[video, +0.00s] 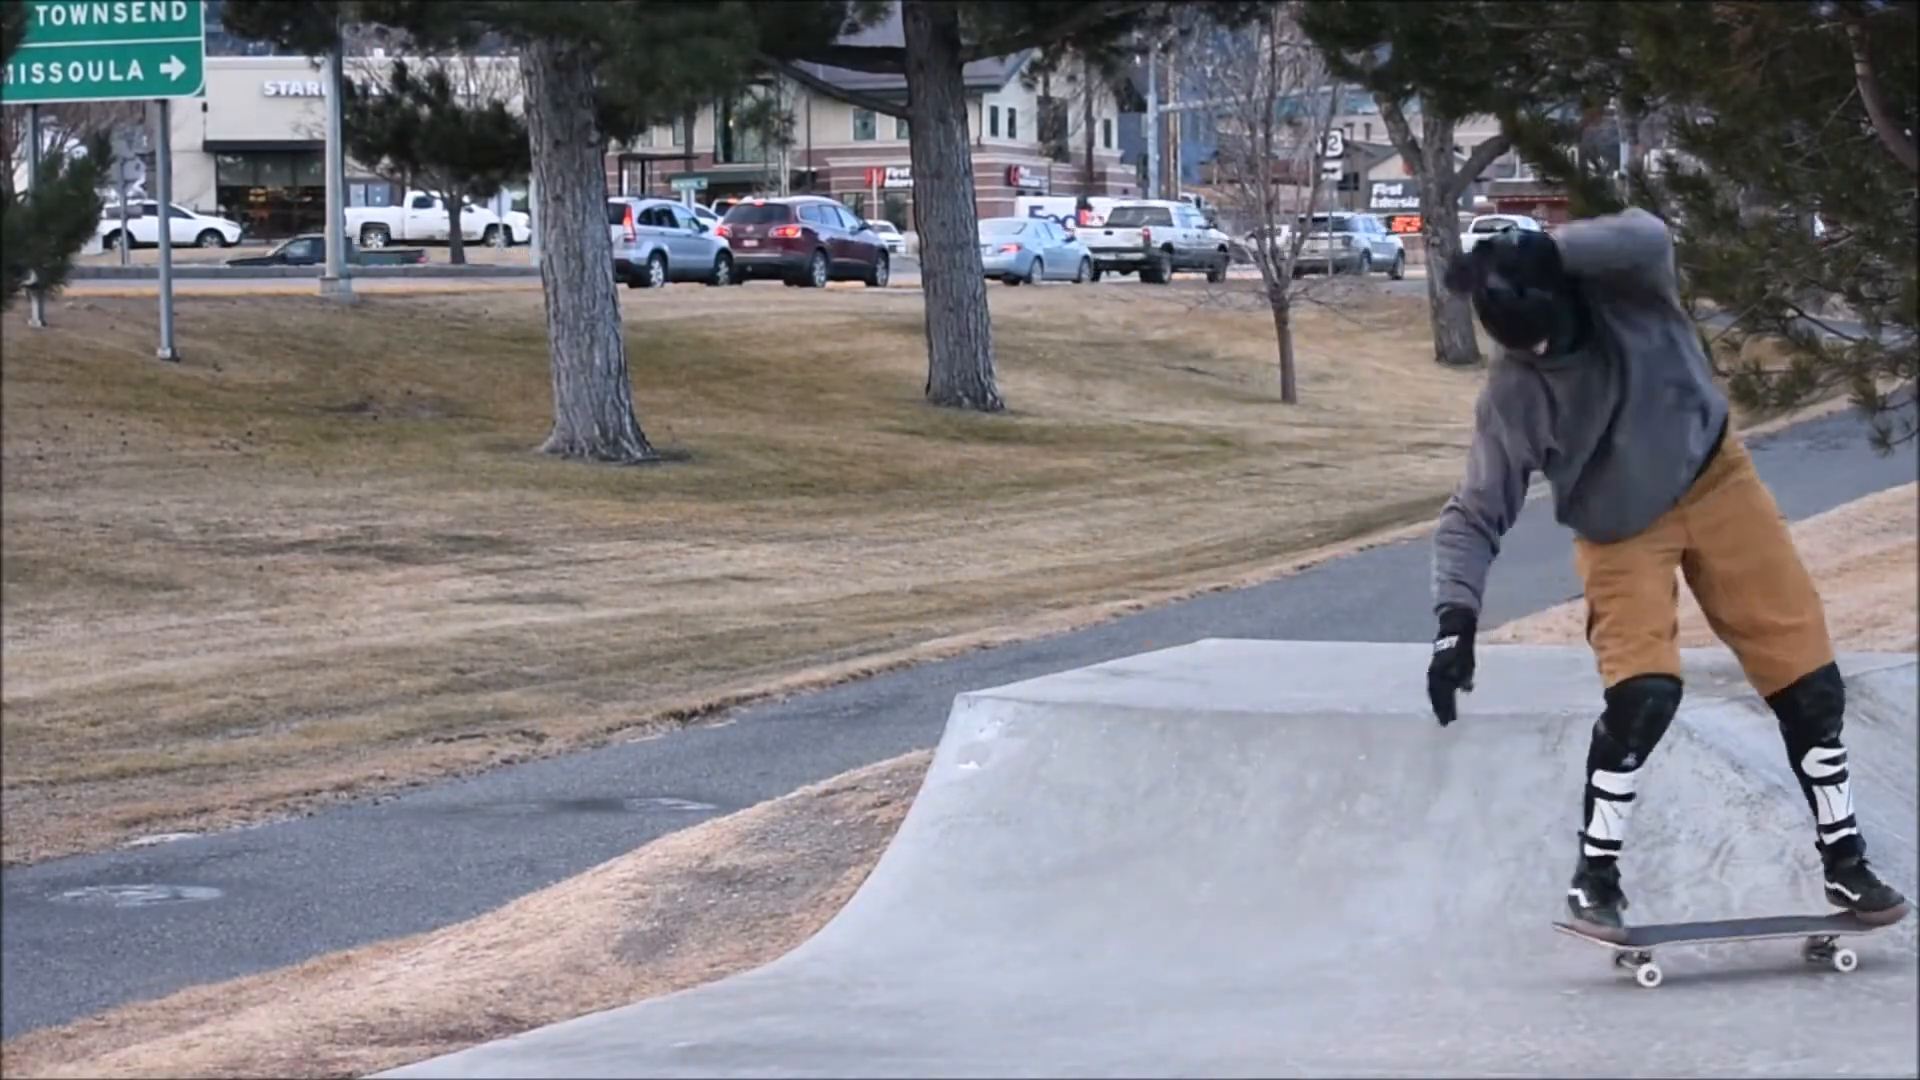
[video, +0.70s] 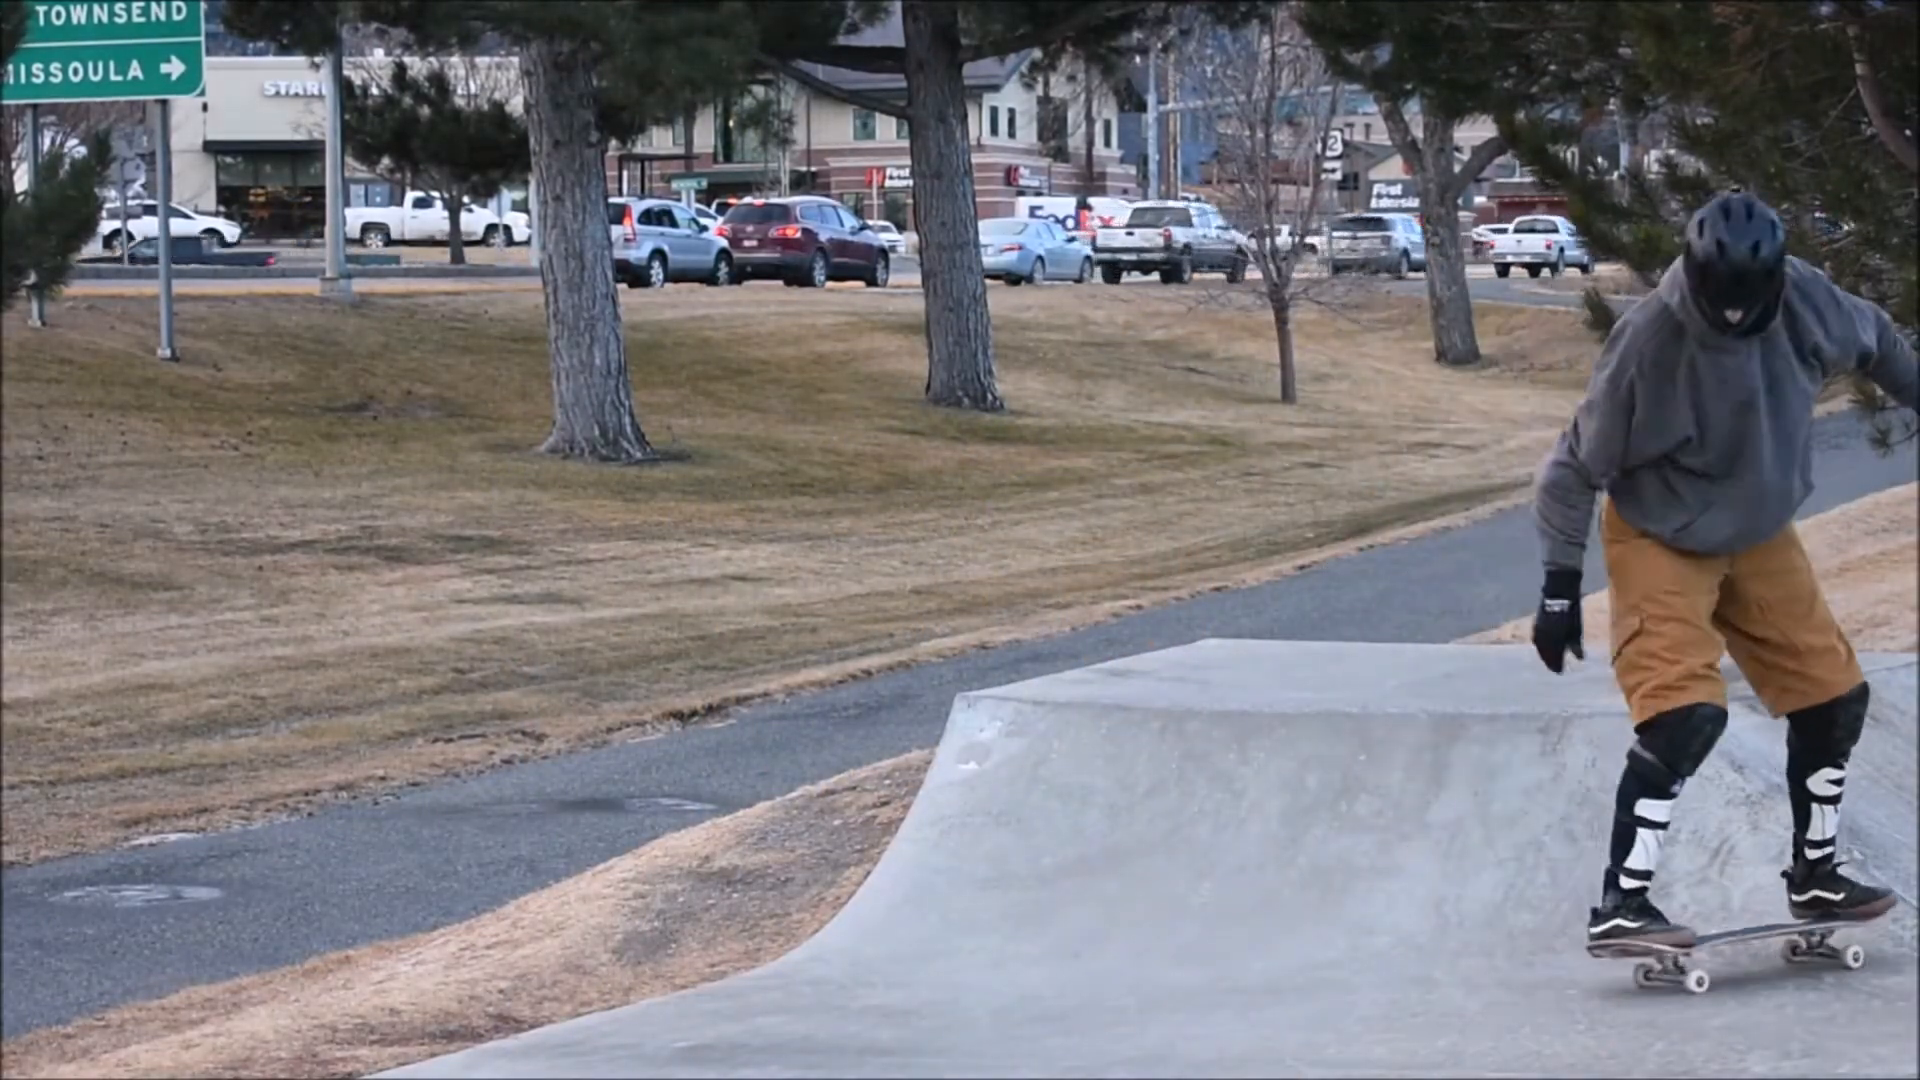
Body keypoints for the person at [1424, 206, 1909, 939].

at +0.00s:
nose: (1551, 350)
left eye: (1554, 332)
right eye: (1532, 345)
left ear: (1566, 295)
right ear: (1507, 341)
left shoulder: (1630, 292)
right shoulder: (1511, 398)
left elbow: (1648, 239)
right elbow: (1473, 518)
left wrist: (1546, 251)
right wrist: (1454, 623)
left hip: (1719, 484)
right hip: (1620, 532)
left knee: (1811, 687)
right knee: (1644, 696)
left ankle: (1845, 862)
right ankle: (1596, 874)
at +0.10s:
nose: (1565, 344)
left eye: (1576, 325)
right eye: (1545, 335)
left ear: (1594, 296)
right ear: (1524, 336)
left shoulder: (1644, 285)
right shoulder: (1525, 404)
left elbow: (1677, 325)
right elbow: (1486, 518)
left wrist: (1575, 332)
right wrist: (1461, 627)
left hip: (1737, 500)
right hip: (1635, 539)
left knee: (1818, 695)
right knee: (1666, 700)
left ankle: (1837, 864)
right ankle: (1616, 890)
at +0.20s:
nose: (1604, 390)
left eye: (1612, 372)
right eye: (1587, 384)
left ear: (1632, 329)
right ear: (1553, 364)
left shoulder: (1682, 320)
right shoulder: (1547, 405)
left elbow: (1719, 449)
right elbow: (1512, 513)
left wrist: (1638, 471)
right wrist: (1499, 617)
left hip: (1737, 493)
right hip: (1631, 523)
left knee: (1822, 689)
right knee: (1657, 698)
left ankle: (1832, 863)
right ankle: (1606, 891)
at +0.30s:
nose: (1634, 389)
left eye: (1645, 373)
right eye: (1617, 379)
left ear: (1671, 333)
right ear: (1588, 354)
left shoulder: (1724, 338)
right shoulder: (1576, 386)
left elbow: (1772, 474)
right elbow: (1535, 486)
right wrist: (1531, 584)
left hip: (1742, 523)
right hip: (1635, 535)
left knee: (1822, 697)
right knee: (1645, 702)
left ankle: (1823, 869)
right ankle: (1595, 891)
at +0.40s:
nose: (1676, 365)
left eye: (1688, 350)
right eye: (1660, 356)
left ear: (1713, 313)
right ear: (1629, 332)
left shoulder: (1763, 328)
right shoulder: (1600, 363)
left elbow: (1830, 439)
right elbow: (1546, 458)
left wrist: (1858, 555)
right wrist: (1541, 552)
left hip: (1751, 513)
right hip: (1641, 526)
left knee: (1823, 696)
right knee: (1644, 704)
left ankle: (1809, 871)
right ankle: (1581, 891)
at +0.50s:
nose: (1695, 341)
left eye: (1710, 328)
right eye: (1679, 329)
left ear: (1739, 292)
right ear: (1651, 301)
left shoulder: (1787, 305)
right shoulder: (1619, 338)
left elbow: (1864, 377)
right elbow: (1556, 436)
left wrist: (1906, 467)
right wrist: (1538, 531)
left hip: (1759, 507)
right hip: (1649, 516)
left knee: (1815, 693)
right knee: (1654, 693)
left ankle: (1805, 870)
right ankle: (1591, 880)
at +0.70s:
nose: (1734, 318)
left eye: (1749, 302)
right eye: (1719, 303)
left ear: (1776, 275)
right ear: (1693, 276)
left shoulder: (1807, 300)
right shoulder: (1654, 333)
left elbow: (1887, 348)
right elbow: (1574, 462)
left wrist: (1916, 393)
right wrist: (1559, 589)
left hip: (1759, 524)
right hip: (1657, 529)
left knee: (1832, 699)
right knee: (1683, 715)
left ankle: (1813, 870)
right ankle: (1622, 905)